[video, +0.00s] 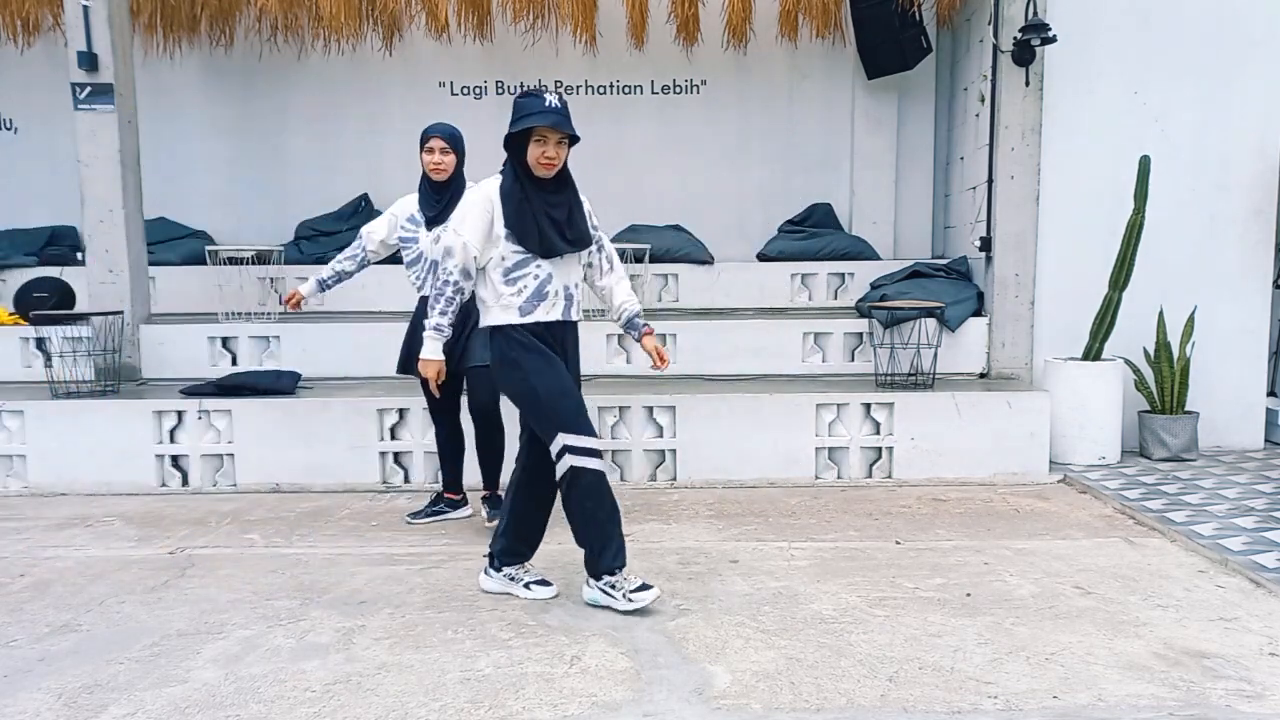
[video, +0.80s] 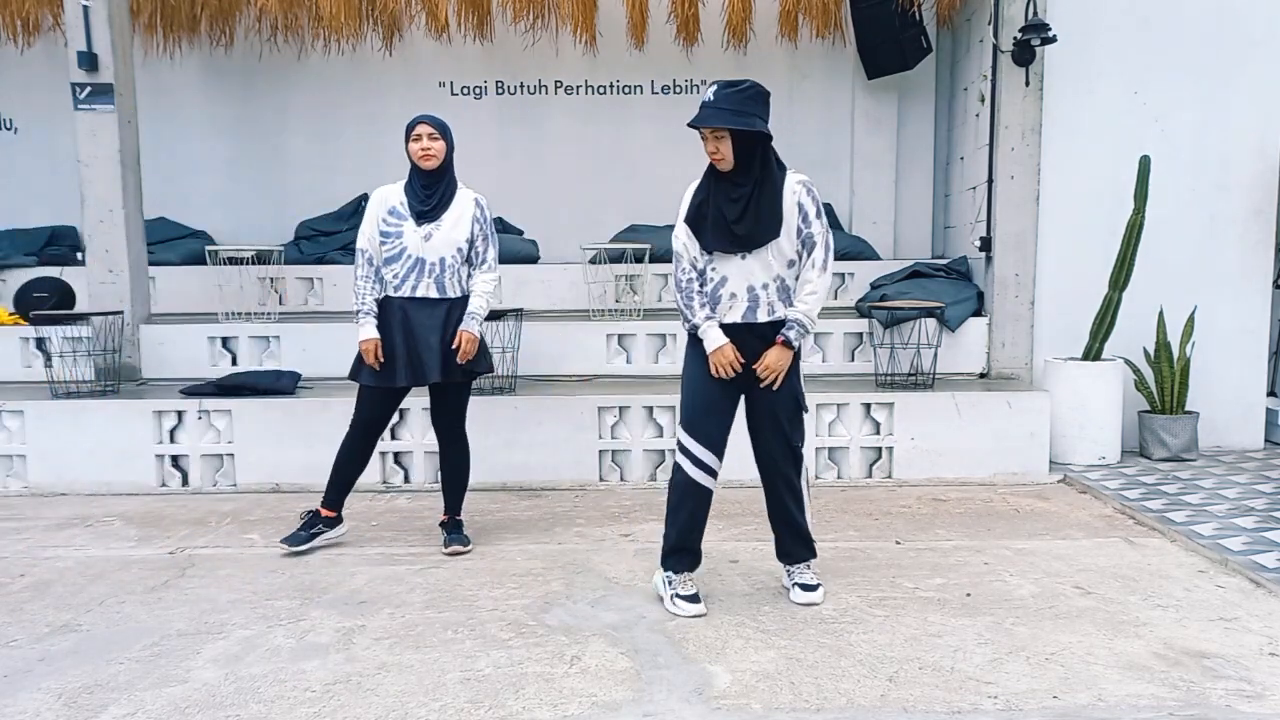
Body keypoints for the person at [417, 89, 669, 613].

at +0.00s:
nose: (550, 152)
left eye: (559, 142)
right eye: (539, 141)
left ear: (569, 146)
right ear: (519, 144)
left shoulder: (571, 200)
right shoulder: (486, 198)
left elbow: (604, 265)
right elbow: (451, 275)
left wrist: (638, 326)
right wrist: (432, 344)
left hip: (563, 338)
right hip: (515, 339)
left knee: (541, 455)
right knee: (575, 438)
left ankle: (503, 564)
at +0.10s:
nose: (578, 155)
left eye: (588, 145)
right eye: (568, 144)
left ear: (599, 149)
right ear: (548, 147)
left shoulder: (606, 203)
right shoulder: (520, 203)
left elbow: (644, 266)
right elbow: (482, 282)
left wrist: (686, 317)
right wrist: (458, 347)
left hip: (602, 344)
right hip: (553, 346)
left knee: (570, 457)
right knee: (609, 446)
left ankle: (509, 556)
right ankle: (654, 576)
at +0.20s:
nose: (605, 153)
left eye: (615, 143)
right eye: (595, 142)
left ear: (627, 148)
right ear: (575, 145)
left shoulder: (638, 201)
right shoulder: (551, 205)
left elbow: (676, 267)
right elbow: (515, 285)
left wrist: (715, 316)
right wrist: (491, 355)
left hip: (640, 343)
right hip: (592, 347)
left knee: (630, 457)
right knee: (639, 451)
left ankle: (546, 533)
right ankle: (658, 581)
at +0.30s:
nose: (630, 147)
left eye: (640, 137)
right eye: (619, 137)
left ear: (653, 142)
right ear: (601, 140)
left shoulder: (667, 196)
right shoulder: (578, 201)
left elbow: (701, 266)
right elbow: (554, 283)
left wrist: (727, 322)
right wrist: (536, 356)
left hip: (667, 340)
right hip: (615, 345)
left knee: (696, 451)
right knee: (651, 458)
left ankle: (614, 523)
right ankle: (659, 579)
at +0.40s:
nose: (651, 140)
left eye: (662, 130)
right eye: (641, 129)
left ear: (676, 135)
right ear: (623, 133)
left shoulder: (694, 190)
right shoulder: (600, 197)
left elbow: (722, 264)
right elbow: (585, 283)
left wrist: (732, 332)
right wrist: (588, 352)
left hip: (695, 338)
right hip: (634, 341)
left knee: (731, 442)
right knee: (653, 458)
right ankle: (658, 578)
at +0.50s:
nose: (668, 138)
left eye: (680, 128)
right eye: (659, 127)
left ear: (696, 132)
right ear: (643, 131)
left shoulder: (723, 191)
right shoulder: (624, 194)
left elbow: (744, 269)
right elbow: (614, 277)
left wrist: (736, 338)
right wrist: (635, 341)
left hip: (714, 337)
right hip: (653, 341)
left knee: (749, 446)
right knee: (659, 461)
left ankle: (770, 554)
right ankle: (660, 578)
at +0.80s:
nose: (710, 148)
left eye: (719, 137)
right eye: (705, 138)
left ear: (750, 136)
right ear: (702, 138)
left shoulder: (796, 193)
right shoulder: (699, 194)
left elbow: (818, 273)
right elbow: (685, 277)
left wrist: (789, 341)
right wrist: (713, 338)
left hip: (776, 342)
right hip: (712, 341)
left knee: (783, 460)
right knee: (697, 458)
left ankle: (797, 563)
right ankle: (678, 571)